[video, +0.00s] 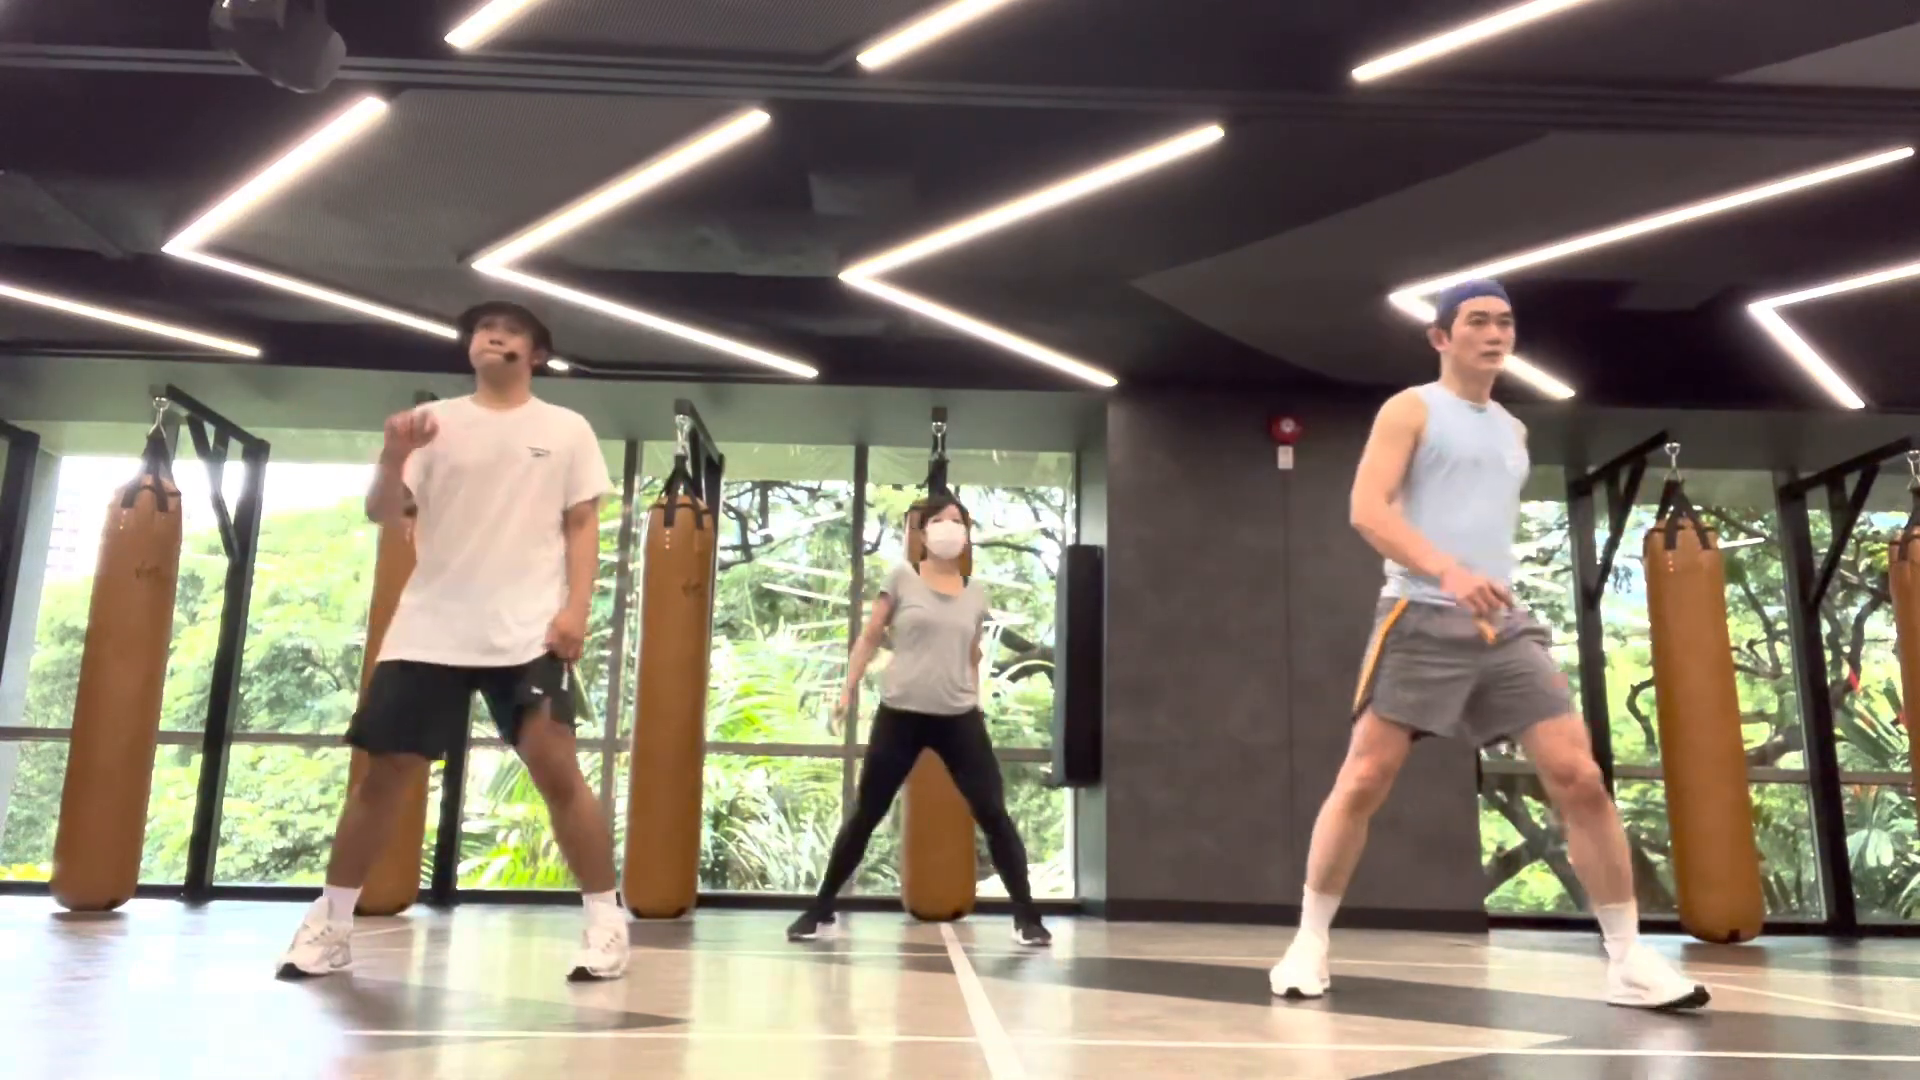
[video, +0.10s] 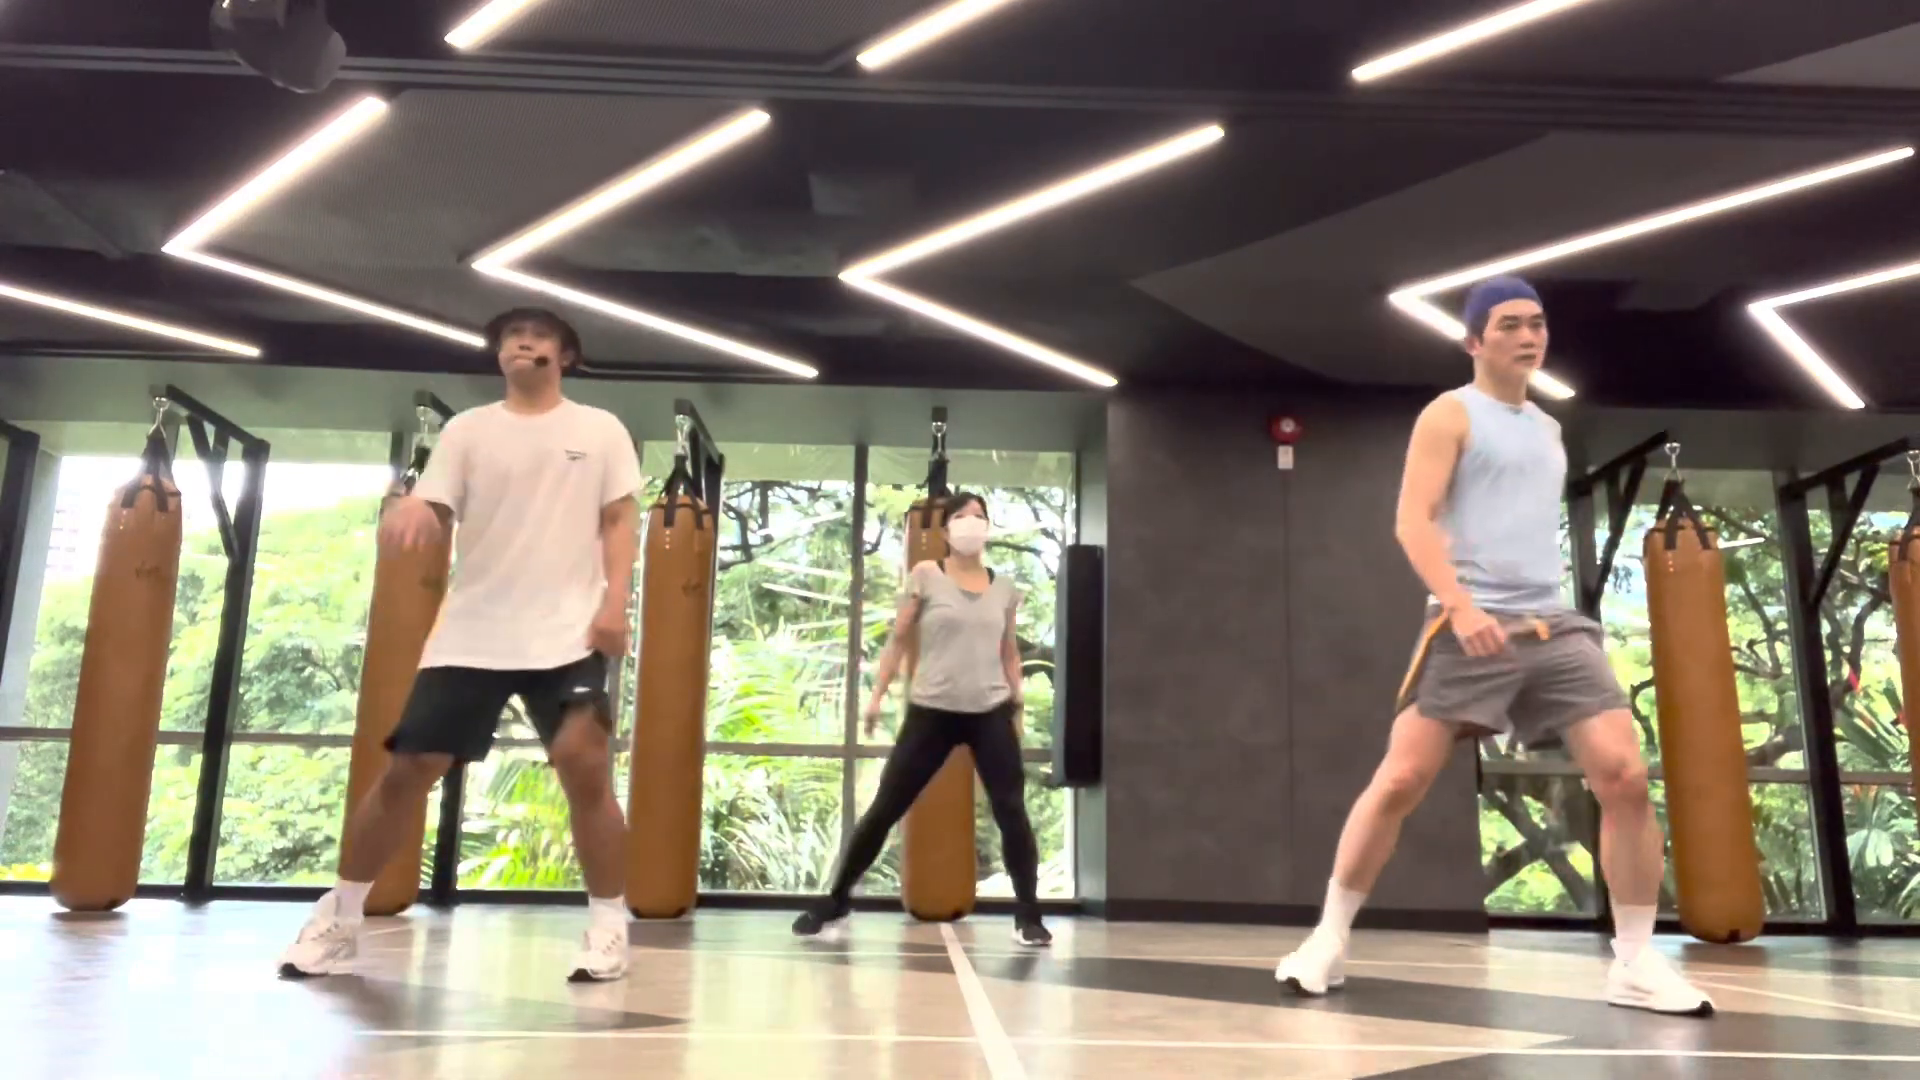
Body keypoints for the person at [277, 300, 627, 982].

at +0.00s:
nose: (496, 338)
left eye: (513, 331)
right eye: (485, 329)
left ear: (537, 354)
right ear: (467, 349)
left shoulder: (566, 430)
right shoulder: (431, 421)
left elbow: (582, 526)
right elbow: (382, 511)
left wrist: (576, 608)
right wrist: (395, 453)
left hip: (524, 630)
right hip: (429, 628)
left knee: (553, 765)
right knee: (381, 773)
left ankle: (606, 922)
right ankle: (330, 924)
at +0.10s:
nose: (527, 345)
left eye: (541, 336)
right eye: (515, 337)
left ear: (567, 356)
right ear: (497, 354)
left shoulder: (602, 429)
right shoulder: (466, 428)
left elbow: (619, 522)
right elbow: (431, 518)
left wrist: (616, 602)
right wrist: (407, 506)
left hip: (566, 629)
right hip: (471, 629)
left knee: (583, 761)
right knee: (405, 769)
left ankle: (609, 929)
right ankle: (339, 920)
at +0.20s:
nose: (548, 339)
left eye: (563, 330)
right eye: (536, 330)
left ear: (586, 348)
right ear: (519, 348)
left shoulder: (625, 421)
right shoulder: (490, 424)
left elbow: (660, 505)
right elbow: (469, 515)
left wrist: (658, 580)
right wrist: (431, 562)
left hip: (596, 618)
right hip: (503, 616)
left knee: (598, 751)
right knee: (438, 753)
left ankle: (609, 925)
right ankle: (390, 898)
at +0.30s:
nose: (563, 333)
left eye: (577, 323)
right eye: (551, 323)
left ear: (599, 339)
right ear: (534, 340)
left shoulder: (639, 413)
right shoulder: (503, 422)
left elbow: (680, 496)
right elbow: (488, 518)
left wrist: (673, 574)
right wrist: (456, 596)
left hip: (613, 612)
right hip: (520, 609)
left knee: (608, 746)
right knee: (485, 738)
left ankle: (609, 923)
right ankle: (468, 887)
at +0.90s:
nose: (560, 405)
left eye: (574, 395)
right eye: (549, 394)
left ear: (597, 408)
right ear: (533, 407)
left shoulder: (630, 480)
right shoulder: (505, 477)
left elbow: (666, 566)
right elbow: (486, 565)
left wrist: (638, 637)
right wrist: (440, 624)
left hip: (591, 654)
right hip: (510, 655)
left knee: (588, 763)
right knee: (468, 788)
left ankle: (608, 928)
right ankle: (440, 907)